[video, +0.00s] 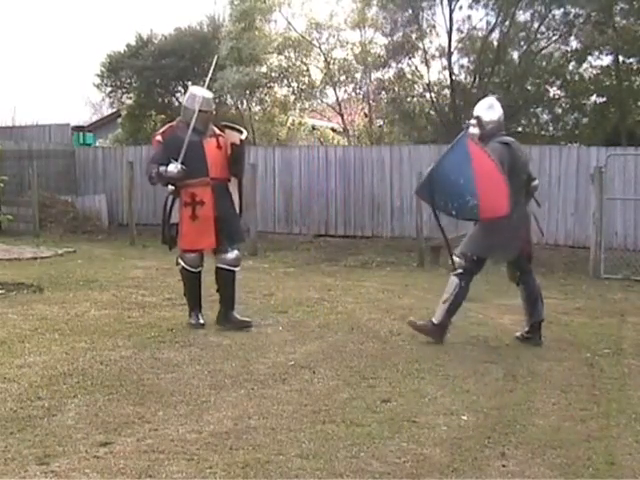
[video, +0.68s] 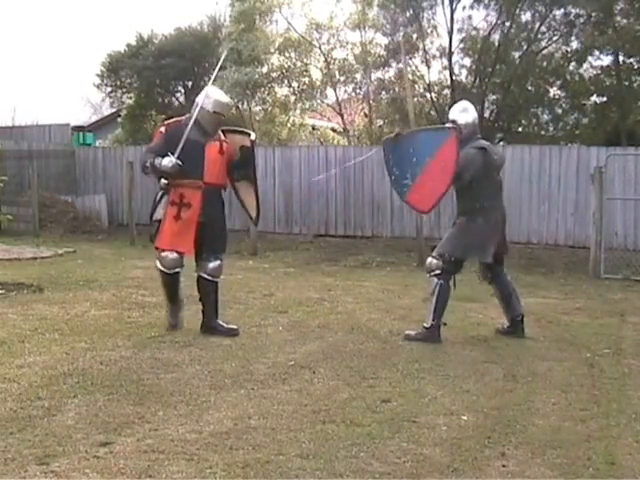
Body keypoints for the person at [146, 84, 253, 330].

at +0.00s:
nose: (203, 117)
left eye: (207, 112)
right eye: (199, 112)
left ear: (212, 113)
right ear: (187, 111)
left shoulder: (218, 138)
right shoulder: (175, 137)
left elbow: (235, 172)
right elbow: (153, 169)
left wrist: (237, 147)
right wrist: (165, 173)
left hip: (220, 199)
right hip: (191, 201)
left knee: (229, 255)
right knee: (192, 256)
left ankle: (227, 312)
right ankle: (195, 311)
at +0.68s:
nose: (218, 121)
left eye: (221, 116)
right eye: (215, 114)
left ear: (223, 116)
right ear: (201, 109)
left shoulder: (222, 142)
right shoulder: (172, 130)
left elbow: (239, 175)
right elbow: (148, 159)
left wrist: (247, 151)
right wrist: (159, 164)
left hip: (211, 204)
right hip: (178, 202)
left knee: (212, 264)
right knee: (169, 258)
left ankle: (210, 320)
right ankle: (174, 306)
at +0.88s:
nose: (215, 119)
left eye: (217, 115)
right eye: (211, 113)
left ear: (217, 115)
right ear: (196, 108)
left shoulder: (216, 141)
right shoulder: (168, 130)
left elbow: (230, 174)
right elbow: (141, 159)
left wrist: (240, 155)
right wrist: (155, 162)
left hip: (205, 206)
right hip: (173, 204)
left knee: (209, 266)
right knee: (158, 259)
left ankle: (210, 321)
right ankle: (138, 320)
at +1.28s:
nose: (179, 119)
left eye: (182, 115)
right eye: (175, 113)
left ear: (183, 116)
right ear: (161, 110)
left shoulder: (183, 141)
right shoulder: (139, 136)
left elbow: (195, 174)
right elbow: (120, 167)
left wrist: (218, 157)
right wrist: (142, 171)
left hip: (181, 209)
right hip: (149, 208)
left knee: (197, 268)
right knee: (139, 266)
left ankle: (209, 321)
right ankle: (126, 325)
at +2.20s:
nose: (205, 118)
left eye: (208, 113)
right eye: (200, 111)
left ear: (210, 113)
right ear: (185, 108)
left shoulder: (209, 138)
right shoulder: (163, 135)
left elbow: (220, 169)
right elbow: (146, 167)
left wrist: (240, 153)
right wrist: (169, 174)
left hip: (209, 208)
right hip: (177, 208)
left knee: (211, 265)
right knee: (175, 261)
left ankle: (201, 322)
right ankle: (155, 321)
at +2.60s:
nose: (201, 121)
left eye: (205, 117)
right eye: (197, 115)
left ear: (209, 117)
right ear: (185, 110)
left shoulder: (208, 140)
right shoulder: (165, 136)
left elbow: (220, 172)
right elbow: (144, 168)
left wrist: (232, 151)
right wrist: (166, 173)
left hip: (209, 207)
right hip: (176, 207)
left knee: (220, 265)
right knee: (174, 264)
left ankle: (202, 322)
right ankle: (146, 325)